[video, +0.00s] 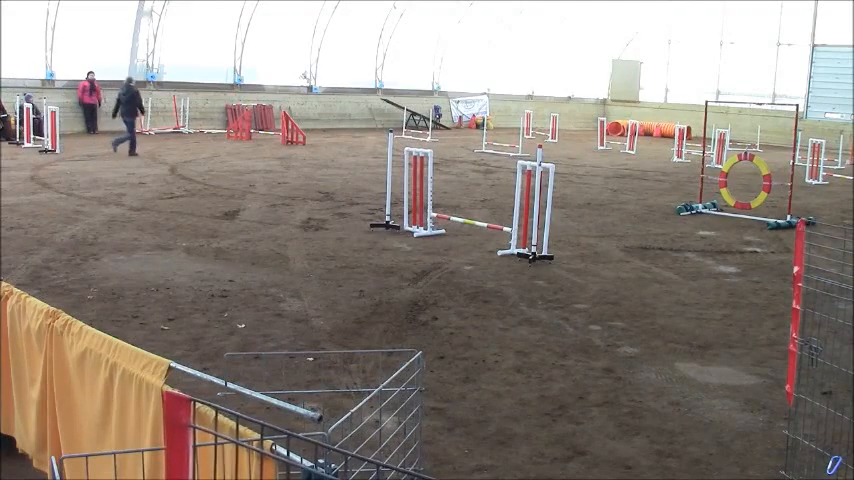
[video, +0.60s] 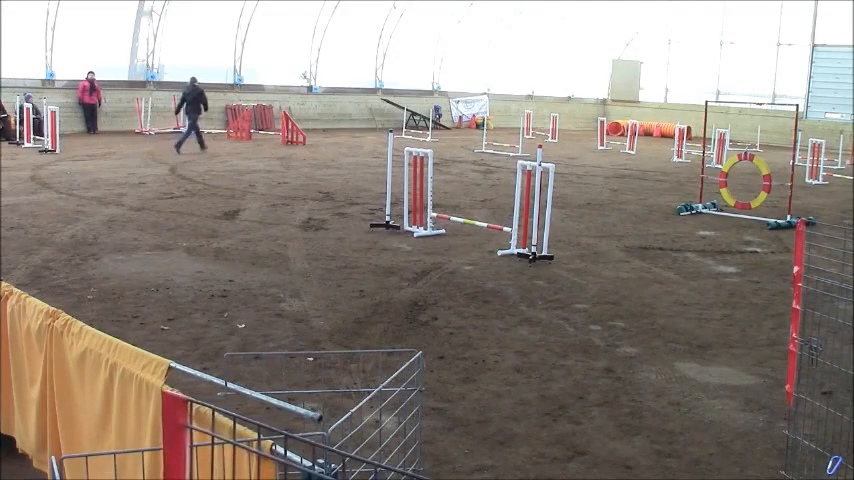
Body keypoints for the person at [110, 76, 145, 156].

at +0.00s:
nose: (133, 84)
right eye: (132, 82)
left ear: (125, 82)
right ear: (132, 83)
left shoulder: (122, 90)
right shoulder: (134, 91)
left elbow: (118, 102)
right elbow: (139, 102)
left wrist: (114, 113)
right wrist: (142, 111)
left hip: (123, 114)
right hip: (131, 114)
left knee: (131, 133)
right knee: (131, 133)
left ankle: (132, 150)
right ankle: (116, 142)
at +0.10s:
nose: (143, 84)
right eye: (143, 83)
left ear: (137, 82)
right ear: (143, 83)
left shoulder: (134, 90)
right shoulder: (145, 91)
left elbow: (130, 102)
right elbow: (147, 104)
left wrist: (127, 112)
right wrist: (151, 113)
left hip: (134, 115)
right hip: (142, 116)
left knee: (138, 132)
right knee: (147, 132)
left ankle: (134, 147)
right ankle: (136, 146)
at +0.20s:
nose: (154, 82)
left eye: (153, 81)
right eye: (154, 81)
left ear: (149, 81)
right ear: (155, 81)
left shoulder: (146, 88)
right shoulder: (155, 88)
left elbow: (141, 98)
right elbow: (155, 100)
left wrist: (140, 109)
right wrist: (158, 110)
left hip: (145, 112)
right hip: (152, 112)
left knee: (143, 130)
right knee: (159, 129)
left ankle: (135, 147)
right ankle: (160, 147)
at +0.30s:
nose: (167, 83)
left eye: (166, 81)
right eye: (166, 82)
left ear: (160, 81)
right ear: (166, 81)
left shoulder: (157, 88)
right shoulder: (166, 89)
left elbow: (153, 100)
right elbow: (166, 101)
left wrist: (152, 110)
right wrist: (170, 110)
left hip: (157, 112)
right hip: (164, 113)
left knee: (156, 131)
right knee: (168, 130)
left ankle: (143, 142)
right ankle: (171, 148)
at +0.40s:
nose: (177, 85)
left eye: (177, 84)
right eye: (177, 84)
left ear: (171, 83)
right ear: (176, 84)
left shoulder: (167, 91)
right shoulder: (177, 91)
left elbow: (163, 102)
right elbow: (180, 103)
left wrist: (160, 112)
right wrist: (185, 112)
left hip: (167, 113)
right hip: (174, 114)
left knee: (172, 133)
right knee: (178, 132)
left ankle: (159, 142)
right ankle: (173, 149)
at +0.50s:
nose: (186, 85)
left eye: (185, 83)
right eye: (186, 83)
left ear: (180, 83)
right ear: (186, 83)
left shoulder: (176, 91)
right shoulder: (188, 91)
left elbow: (172, 102)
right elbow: (193, 101)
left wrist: (168, 111)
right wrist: (196, 109)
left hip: (177, 112)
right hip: (185, 112)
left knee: (184, 130)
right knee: (184, 132)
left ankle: (181, 146)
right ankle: (174, 147)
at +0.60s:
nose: (194, 84)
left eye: (192, 82)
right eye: (195, 82)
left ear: (190, 82)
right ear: (196, 82)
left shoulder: (186, 90)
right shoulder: (199, 90)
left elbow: (182, 101)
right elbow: (204, 100)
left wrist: (177, 110)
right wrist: (205, 108)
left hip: (188, 111)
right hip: (196, 111)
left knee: (196, 129)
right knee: (189, 130)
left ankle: (202, 145)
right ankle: (178, 145)